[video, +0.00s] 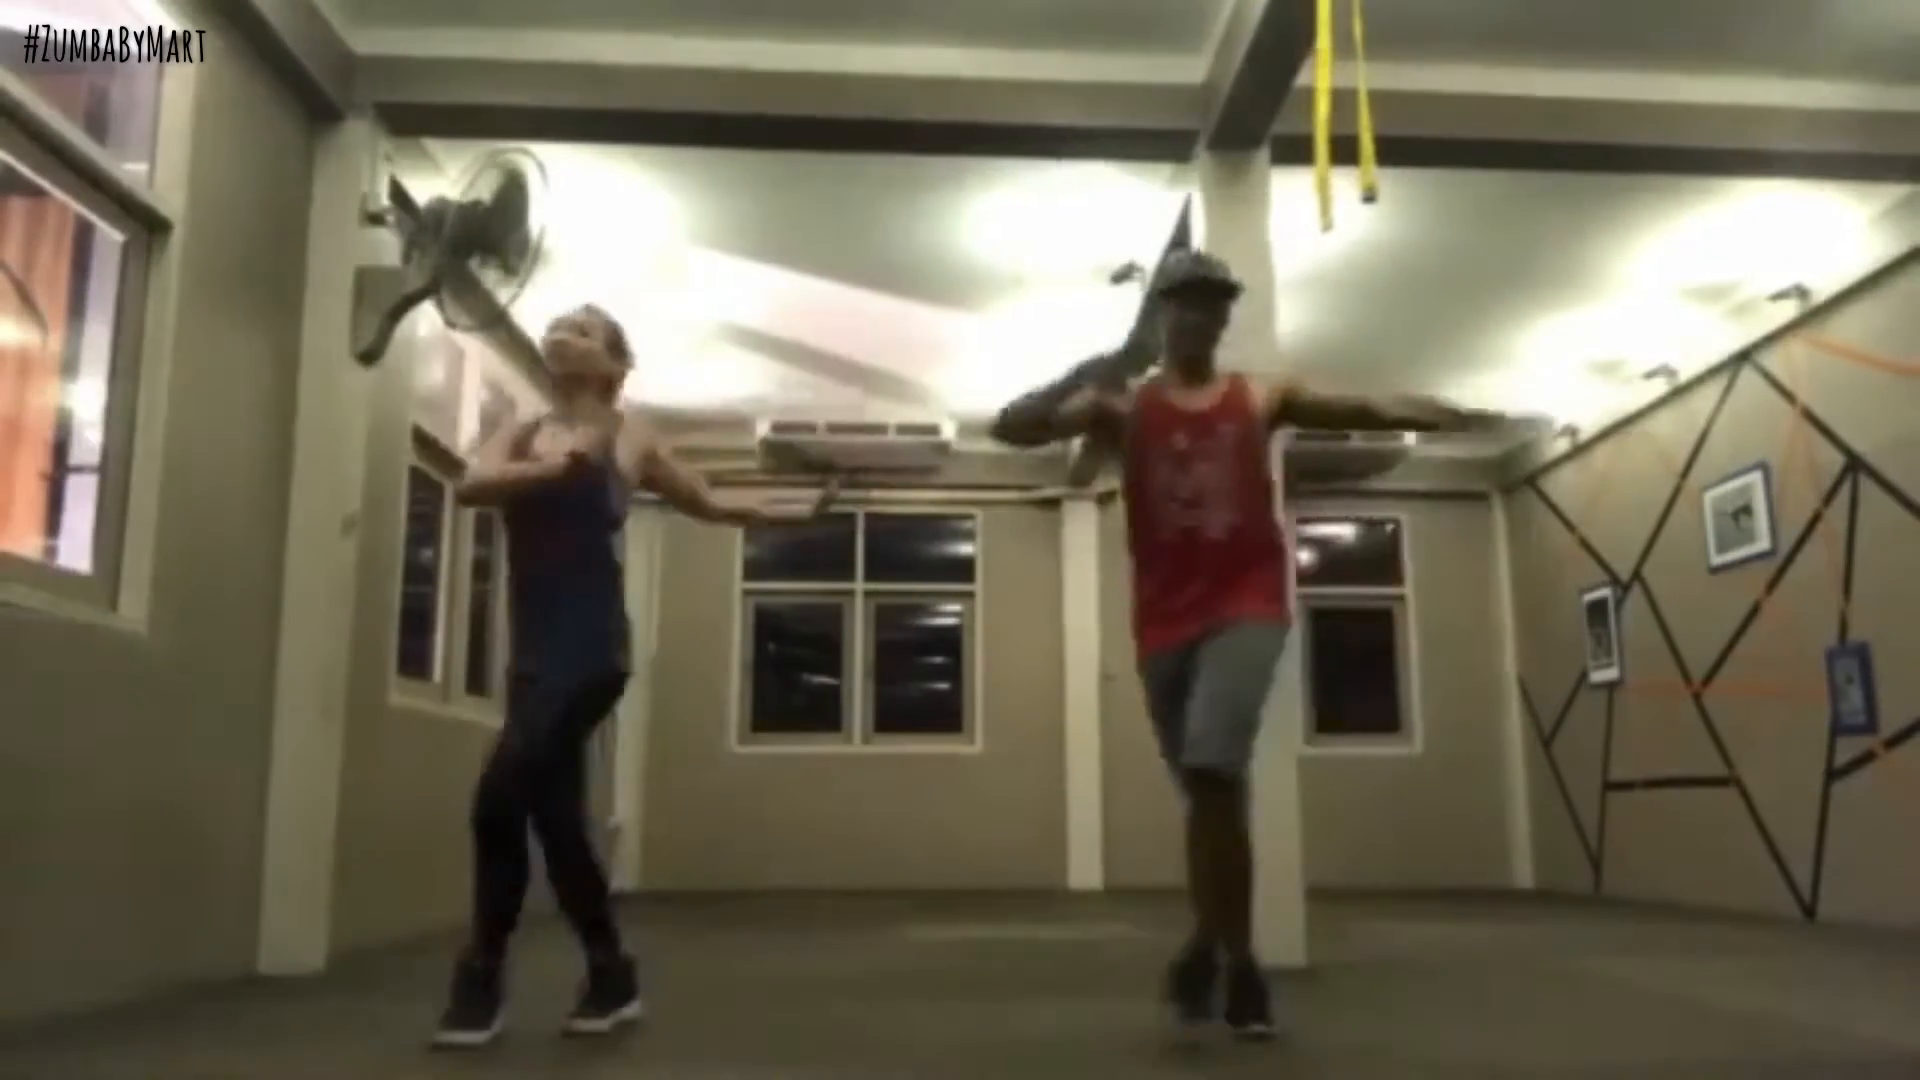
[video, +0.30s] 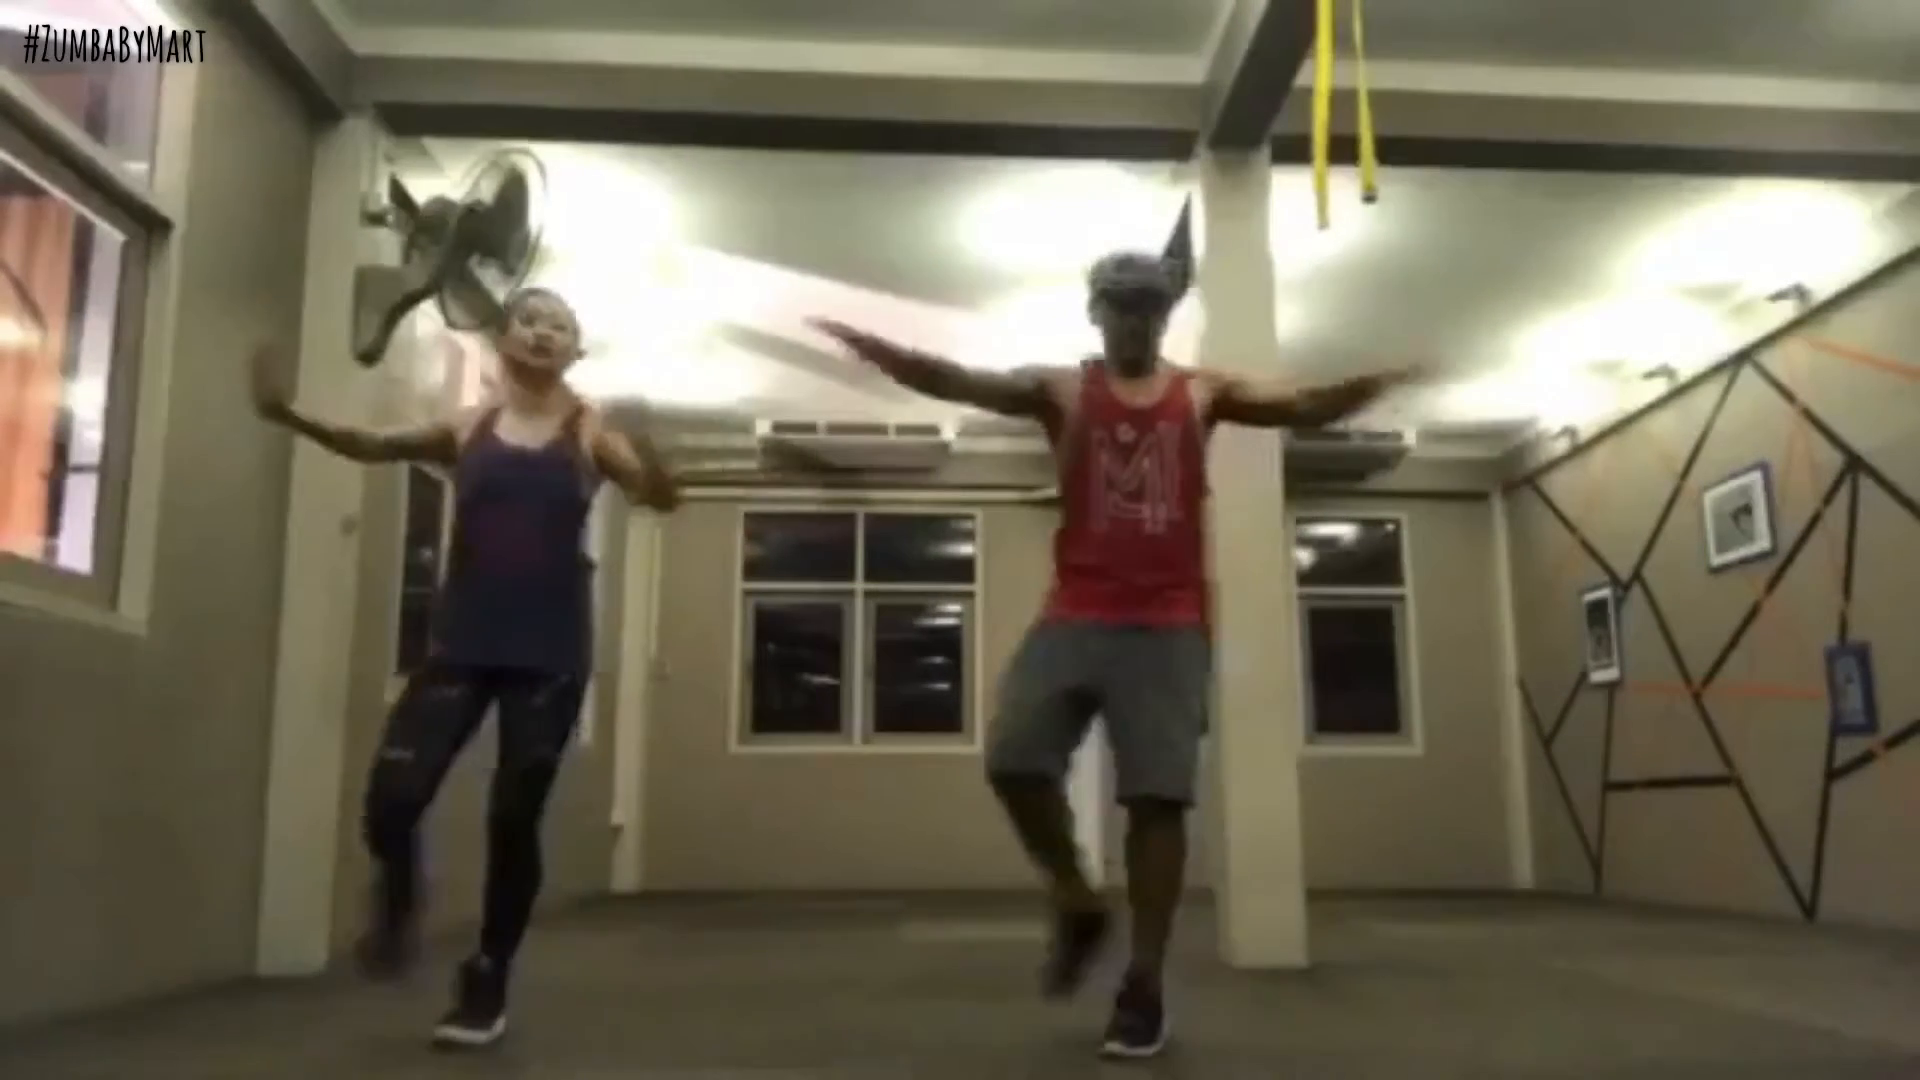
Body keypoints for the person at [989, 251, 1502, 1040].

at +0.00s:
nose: (1201, 320)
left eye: (1213, 308)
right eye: (1187, 307)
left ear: (1227, 317)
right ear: (1159, 316)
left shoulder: (1257, 397)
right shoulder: (1125, 408)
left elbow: (1362, 409)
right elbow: (1011, 427)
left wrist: (1440, 415)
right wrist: (1081, 389)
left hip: (1248, 605)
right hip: (1166, 618)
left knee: (1211, 767)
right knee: (1208, 790)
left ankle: (1207, 947)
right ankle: (1241, 970)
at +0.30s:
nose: (1134, 321)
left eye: (1147, 308)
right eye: (1120, 307)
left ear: (1168, 314)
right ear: (1096, 314)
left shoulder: (1201, 392)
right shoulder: (1061, 391)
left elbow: (1296, 410)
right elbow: (956, 383)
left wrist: (1369, 386)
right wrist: (877, 353)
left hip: (1165, 627)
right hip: (1075, 621)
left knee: (1157, 802)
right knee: (1015, 763)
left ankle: (1143, 988)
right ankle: (1079, 908)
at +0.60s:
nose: (1090, 340)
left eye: (1102, 326)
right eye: (1076, 325)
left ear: (1122, 336)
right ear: (1048, 334)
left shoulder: (1143, 429)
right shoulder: (1013, 410)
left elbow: (1244, 477)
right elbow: (903, 395)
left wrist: (1165, 431)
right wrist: (800, 384)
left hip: (1103, 647)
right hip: (1011, 650)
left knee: (1127, 801)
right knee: (977, 819)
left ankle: (1135, 986)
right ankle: (945, 977)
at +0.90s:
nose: (1109, 338)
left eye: (1127, 324)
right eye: (1097, 322)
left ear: (1150, 334)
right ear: (1073, 327)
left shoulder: (1165, 409)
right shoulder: (1028, 394)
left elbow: (1277, 427)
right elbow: (918, 389)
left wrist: (1380, 400)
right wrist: (944, 314)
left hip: (1146, 633)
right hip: (1051, 637)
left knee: (1193, 794)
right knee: (1010, 807)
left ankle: (1242, 936)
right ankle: (950, 968)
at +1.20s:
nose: (1151, 298)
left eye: (1166, 285)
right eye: (1143, 283)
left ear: (1191, 300)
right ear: (1122, 297)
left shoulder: (1225, 377)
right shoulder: (1095, 384)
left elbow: (1339, 352)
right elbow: (999, 333)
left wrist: (1436, 314)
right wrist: (982, 241)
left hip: (1219, 624)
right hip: (1128, 627)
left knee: (1252, 798)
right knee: (1100, 796)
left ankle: (1271, 966)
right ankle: (1063, 965)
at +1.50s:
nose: (1184, 361)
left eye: (1195, 348)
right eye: (1169, 348)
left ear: (1214, 358)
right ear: (1146, 360)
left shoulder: (1245, 444)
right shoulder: (1127, 447)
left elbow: (1327, 458)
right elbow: (1073, 461)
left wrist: (1248, 398)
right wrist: (1159, 398)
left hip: (1240, 667)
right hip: (1156, 669)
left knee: (1259, 828)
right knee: (1187, 822)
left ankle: (1253, 978)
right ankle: (1170, 981)